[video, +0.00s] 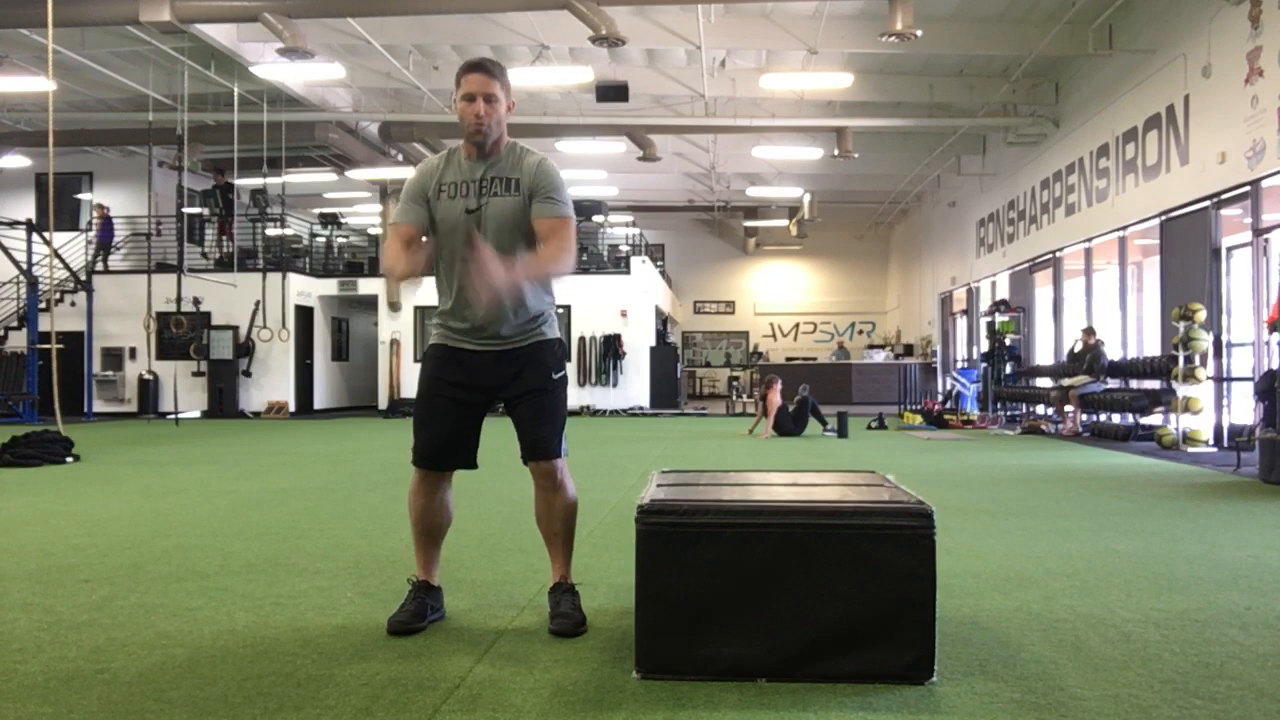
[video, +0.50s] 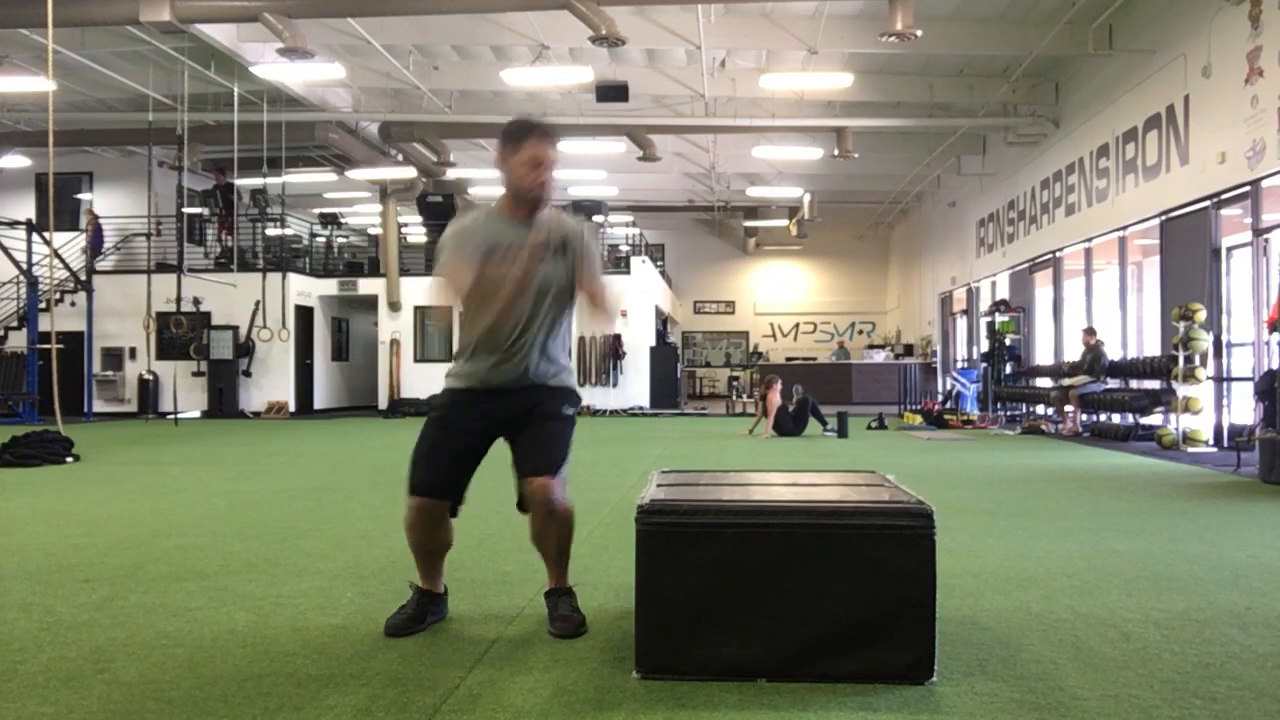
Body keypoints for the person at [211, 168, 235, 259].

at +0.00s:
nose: (215, 179)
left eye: (217, 177)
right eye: (214, 177)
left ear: (222, 176)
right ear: (215, 177)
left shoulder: (230, 186)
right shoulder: (214, 188)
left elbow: (237, 199)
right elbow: (213, 201)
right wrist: (213, 211)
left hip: (230, 213)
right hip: (221, 213)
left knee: (229, 233)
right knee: (219, 235)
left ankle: (236, 250)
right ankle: (221, 255)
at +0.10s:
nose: (215, 179)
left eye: (217, 177)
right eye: (214, 177)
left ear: (222, 176)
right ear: (215, 178)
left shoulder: (230, 186)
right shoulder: (215, 188)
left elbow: (239, 197)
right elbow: (212, 200)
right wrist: (213, 210)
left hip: (230, 212)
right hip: (221, 213)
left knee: (227, 232)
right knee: (220, 234)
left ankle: (233, 249)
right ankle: (223, 253)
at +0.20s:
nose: (217, 175)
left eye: (219, 172)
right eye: (216, 173)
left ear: (223, 173)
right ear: (215, 173)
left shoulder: (231, 182)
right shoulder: (214, 184)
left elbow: (240, 194)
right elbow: (210, 196)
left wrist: (236, 202)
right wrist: (213, 206)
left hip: (230, 208)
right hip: (220, 209)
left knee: (227, 228)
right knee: (220, 229)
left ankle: (229, 247)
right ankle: (223, 246)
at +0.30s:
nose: (217, 174)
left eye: (219, 171)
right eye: (216, 172)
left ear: (224, 172)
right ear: (216, 173)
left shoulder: (231, 181)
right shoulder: (214, 182)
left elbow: (240, 193)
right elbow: (208, 193)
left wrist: (237, 200)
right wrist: (212, 205)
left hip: (230, 207)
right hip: (220, 208)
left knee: (230, 227)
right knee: (220, 228)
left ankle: (230, 246)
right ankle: (223, 246)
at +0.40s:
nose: (218, 177)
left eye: (220, 174)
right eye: (217, 175)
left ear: (225, 175)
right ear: (216, 175)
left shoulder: (232, 184)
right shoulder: (215, 185)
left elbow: (241, 195)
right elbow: (210, 196)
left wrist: (236, 202)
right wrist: (214, 206)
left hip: (231, 210)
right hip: (221, 210)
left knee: (231, 232)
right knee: (220, 234)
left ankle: (232, 248)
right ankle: (224, 247)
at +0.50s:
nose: (216, 178)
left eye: (218, 176)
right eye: (216, 176)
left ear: (223, 176)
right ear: (215, 177)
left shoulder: (231, 186)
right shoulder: (215, 187)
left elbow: (240, 198)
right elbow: (212, 198)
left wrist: (233, 197)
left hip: (231, 212)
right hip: (221, 212)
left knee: (232, 232)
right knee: (219, 233)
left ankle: (234, 248)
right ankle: (222, 249)